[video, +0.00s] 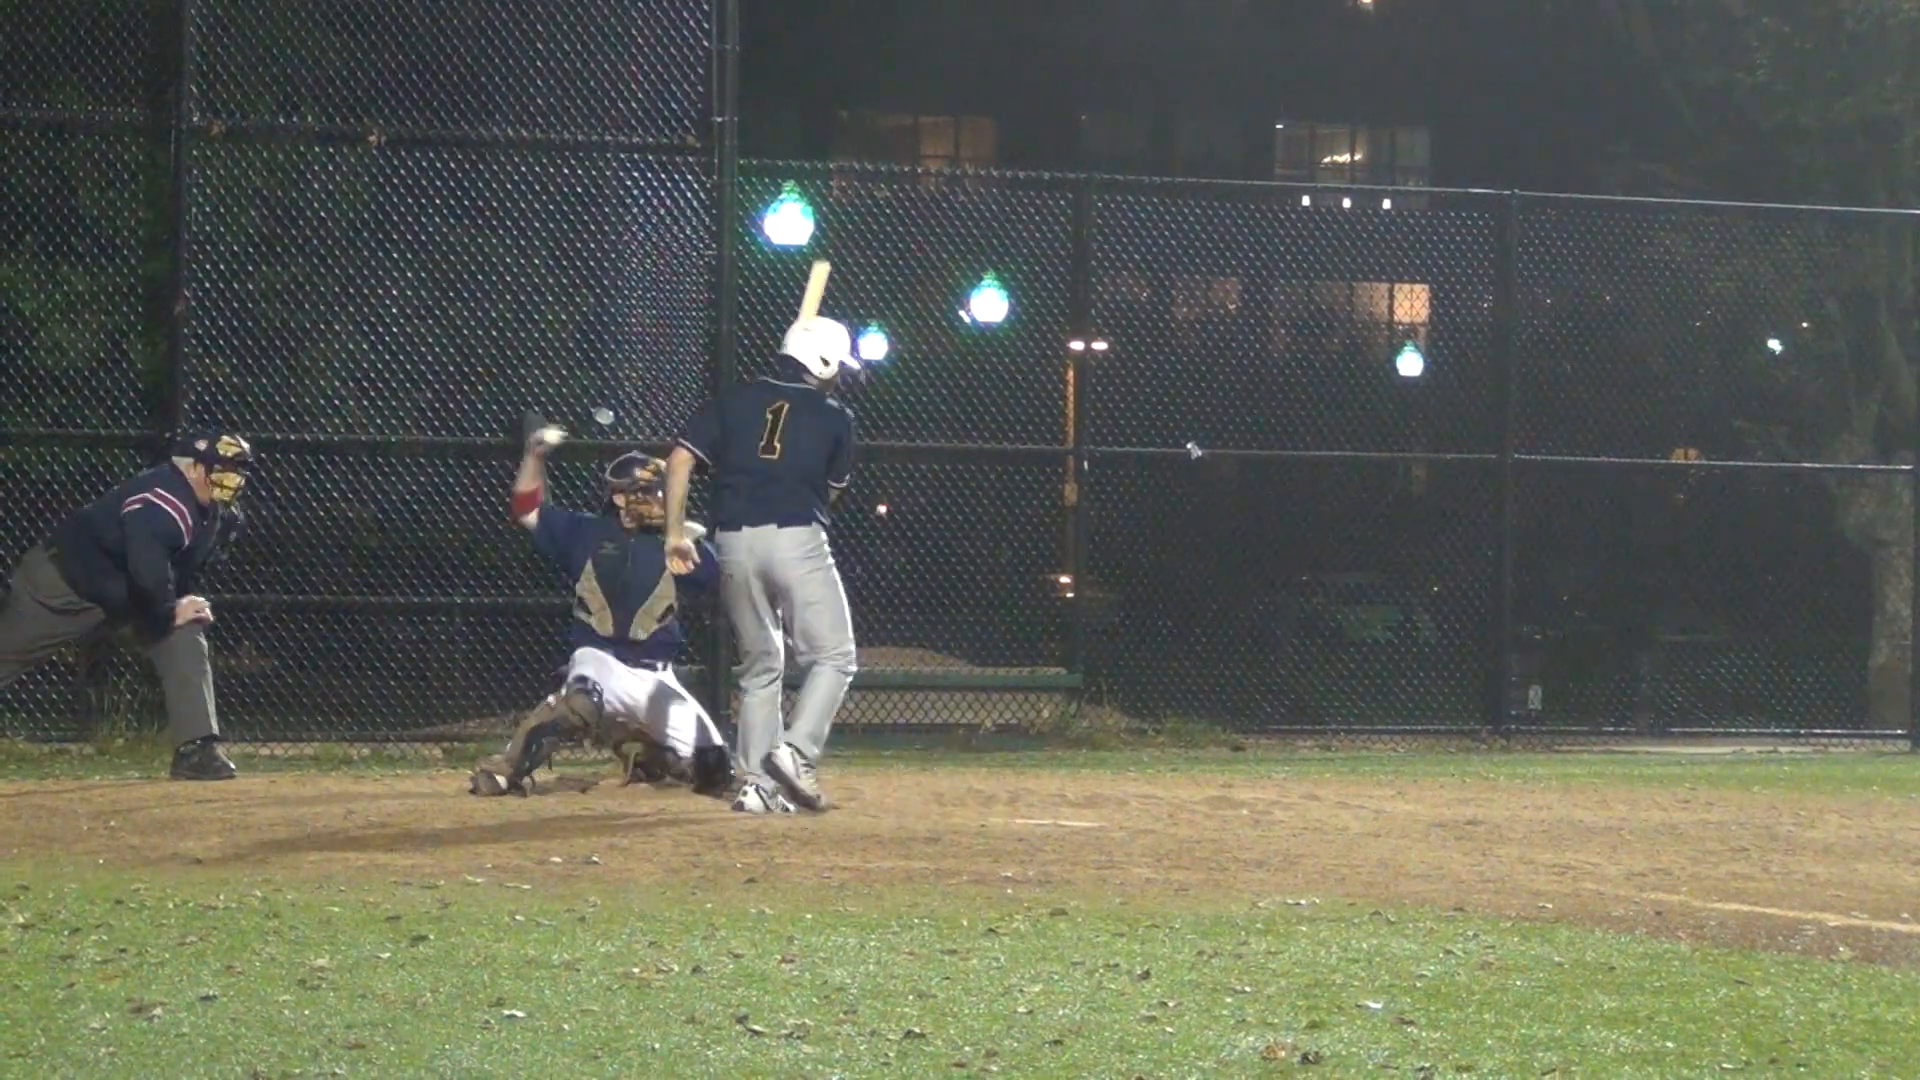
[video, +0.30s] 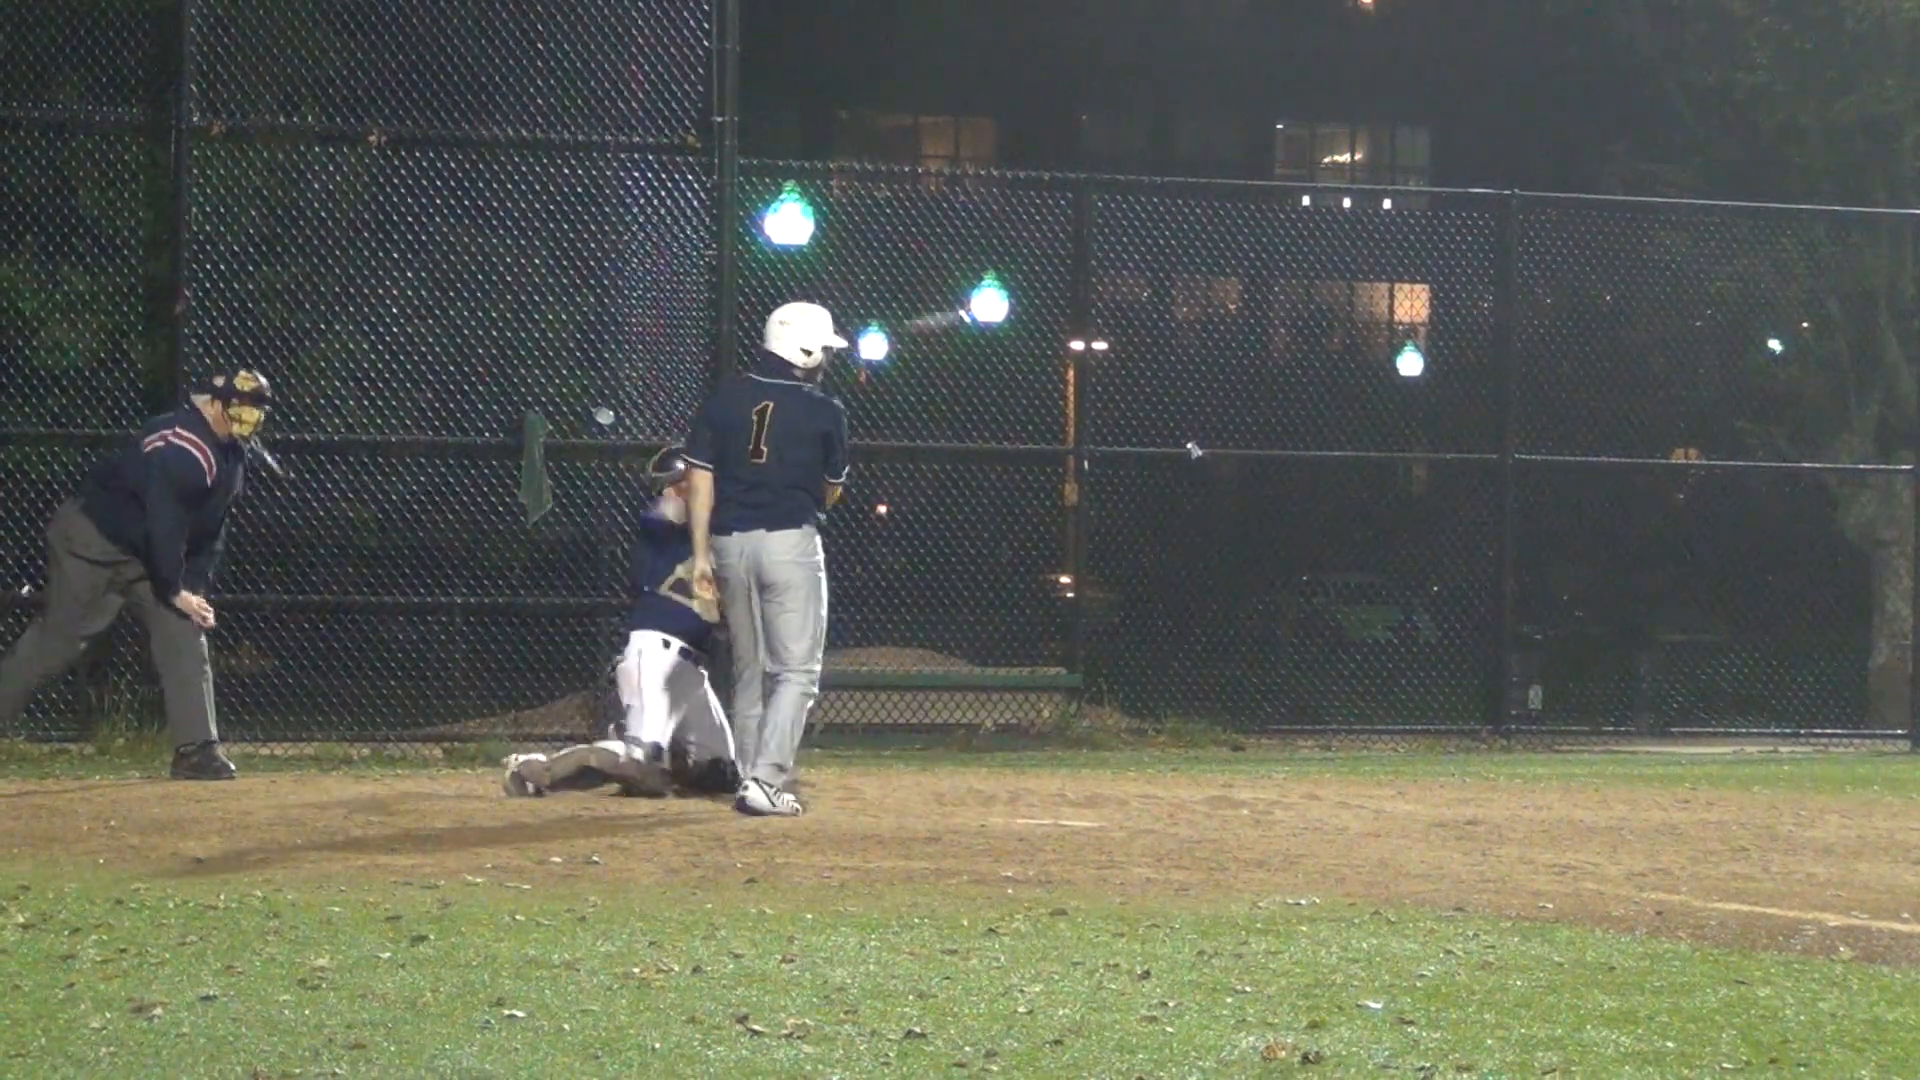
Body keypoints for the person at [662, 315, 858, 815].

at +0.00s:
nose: (839, 376)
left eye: (840, 367)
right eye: (837, 367)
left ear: (786, 354)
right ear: (826, 366)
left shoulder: (736, 398)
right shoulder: (836, 416)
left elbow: (681, 455)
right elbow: (833, 491)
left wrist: (674, 530)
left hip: (734, 543)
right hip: (796, 540)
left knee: (759, 667)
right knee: (833, 657)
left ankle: (754, 784)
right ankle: (797, 752)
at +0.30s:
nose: (827, 358)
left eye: (826, 349)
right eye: (824, 350)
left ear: (770, 343)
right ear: (809, 352)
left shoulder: (723, 395)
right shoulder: (826, 409)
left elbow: (700, 477)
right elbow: (829, 492)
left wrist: (700, 552)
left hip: (729, 544)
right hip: (790, 546)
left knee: (747, 667)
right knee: (795, 671)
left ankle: (750, 777)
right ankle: (764, 783)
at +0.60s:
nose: (812, 340)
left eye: (811, 330)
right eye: (808, 332)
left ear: (755, 329)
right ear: (792, 334)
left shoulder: (709, 381)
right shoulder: (803, 395)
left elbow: (695, 465)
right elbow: (831, 485)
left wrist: (706, 536)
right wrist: (847, 564)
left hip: (719, 531)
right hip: (778, 533)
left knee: (737, 654)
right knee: (782, 660)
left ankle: (719, 778)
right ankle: (763, 784)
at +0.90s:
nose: (787, 335)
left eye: (786, 325)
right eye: (780, 326)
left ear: (731, 327)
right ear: (758, 329)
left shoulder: (693, 378)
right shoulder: (752, 384)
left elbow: (693, 449)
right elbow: (752, 452)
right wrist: (777, 507)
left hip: (699, 529)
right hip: (750, 527)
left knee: (710, 653)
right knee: (766, 655)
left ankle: (660, 752)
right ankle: (760, 785)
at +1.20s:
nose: (737, 332)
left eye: (734, 323)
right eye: (727, 324)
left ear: (688, 333)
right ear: (701, 331)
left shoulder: (655, 382)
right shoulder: (699, 384)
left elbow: (637, 465)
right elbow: (700, 452)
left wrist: (643, 517)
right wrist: (721, 504)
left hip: (648, 530)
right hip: (695, 528)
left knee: (657, 658)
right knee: (731, 656)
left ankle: (638, 785)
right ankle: (762, 781)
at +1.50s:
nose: (699, 324)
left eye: (696, 315)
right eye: (690, 316)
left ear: (651, 323)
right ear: (661, 322)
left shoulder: (610, 377)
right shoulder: (663, 373)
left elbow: (602, 456)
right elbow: (668, 456)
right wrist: (682, 534)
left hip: (621, 523)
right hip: (671, 520)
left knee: (638, 651)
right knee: (744, 629)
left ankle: (635, 782)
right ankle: (726, 751)